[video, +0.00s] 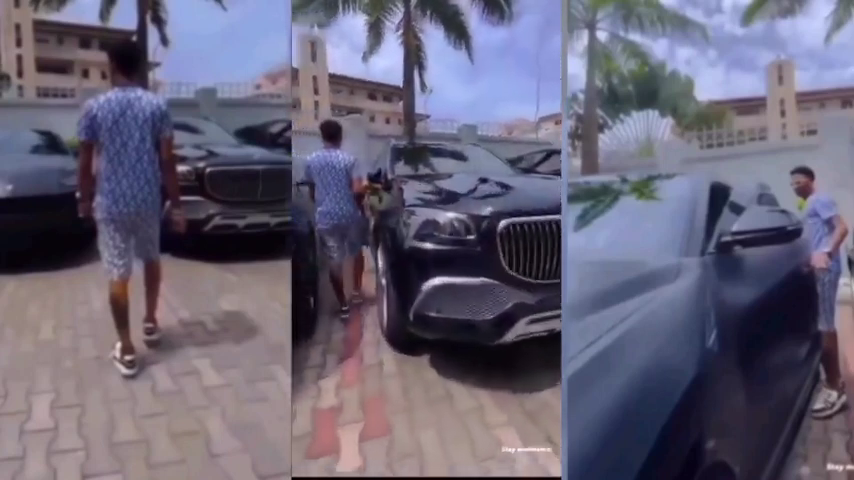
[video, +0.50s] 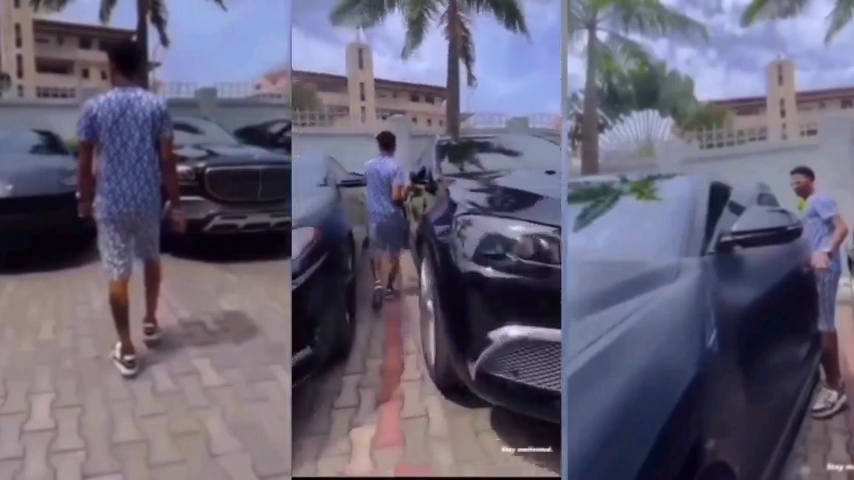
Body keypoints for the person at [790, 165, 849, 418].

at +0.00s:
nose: (796, 187)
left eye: (799, 183)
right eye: (793, 184)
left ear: (811, 181)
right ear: (797, 185)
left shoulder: (821, 201)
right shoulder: (809, 205)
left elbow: (842, 227)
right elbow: (820, 234)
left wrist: (827, 253)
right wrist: (810, 255)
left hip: (825, 268)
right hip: (815, 268)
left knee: (825, 327)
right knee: (822, 327)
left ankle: (834, 388)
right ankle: (830, 385)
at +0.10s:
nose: (796, 187)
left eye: (799, 183)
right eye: (793, 184)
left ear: (811, 181)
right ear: (797, 185)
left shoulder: (821, 201)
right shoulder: (809, 205)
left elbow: (842, 227)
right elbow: (820, 234)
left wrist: (827, 253)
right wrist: (810, 255)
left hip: (825, 268)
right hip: (815, 268)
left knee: (825, 327)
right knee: (822, 327)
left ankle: (834, 388)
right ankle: (830, 385)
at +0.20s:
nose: (796, 187)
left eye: (799, 183)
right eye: (793, 184)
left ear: (811, 181)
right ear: (797, 185)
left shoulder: (821, 201)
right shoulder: (809, 205)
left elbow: (842, 227)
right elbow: (820, 234)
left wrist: (827, 253)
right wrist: (810, 255)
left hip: (825, 268)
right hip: (815, 268)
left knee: (825, 327)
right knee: (822, 327)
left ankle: (834, 388)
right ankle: (830, 384)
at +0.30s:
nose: (796, 187)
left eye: (799, 183)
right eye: (793, 184)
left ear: (811, 181)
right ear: (797, 185)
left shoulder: (821, 201)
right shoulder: (809, 205)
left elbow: (842, 227)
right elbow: (820, 234)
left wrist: (827, 253)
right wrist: (810, 255)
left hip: (825, 268)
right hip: (815, 268)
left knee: (825, 327)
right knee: (822, 327)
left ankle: (834, 388)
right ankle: (830, 385)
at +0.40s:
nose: (796, 187)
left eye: (799, 183)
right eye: (793, 184)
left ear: (811, 181)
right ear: (797, 185)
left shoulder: (821, 201)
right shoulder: (809, 205)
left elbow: (842, 227)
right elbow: (820, 234)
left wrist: (827, 253)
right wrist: (811, 255)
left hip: (825, 268)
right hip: (815, 268)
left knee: (825, 327)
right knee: (822, 327)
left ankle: (834, 388)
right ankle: (830, 384)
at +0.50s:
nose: (796, 187)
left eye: (799, 183)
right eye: (793, 184)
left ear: (811, 181)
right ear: (797, 185)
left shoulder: (821, 201)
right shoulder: (809, 205)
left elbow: (842, 227)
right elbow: (820, 234)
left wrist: (827, 253)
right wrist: (810, 255)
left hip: (825, 268)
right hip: (815, 268)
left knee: (825, 327)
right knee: (822, 327)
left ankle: (834, 388)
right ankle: (830, 385)